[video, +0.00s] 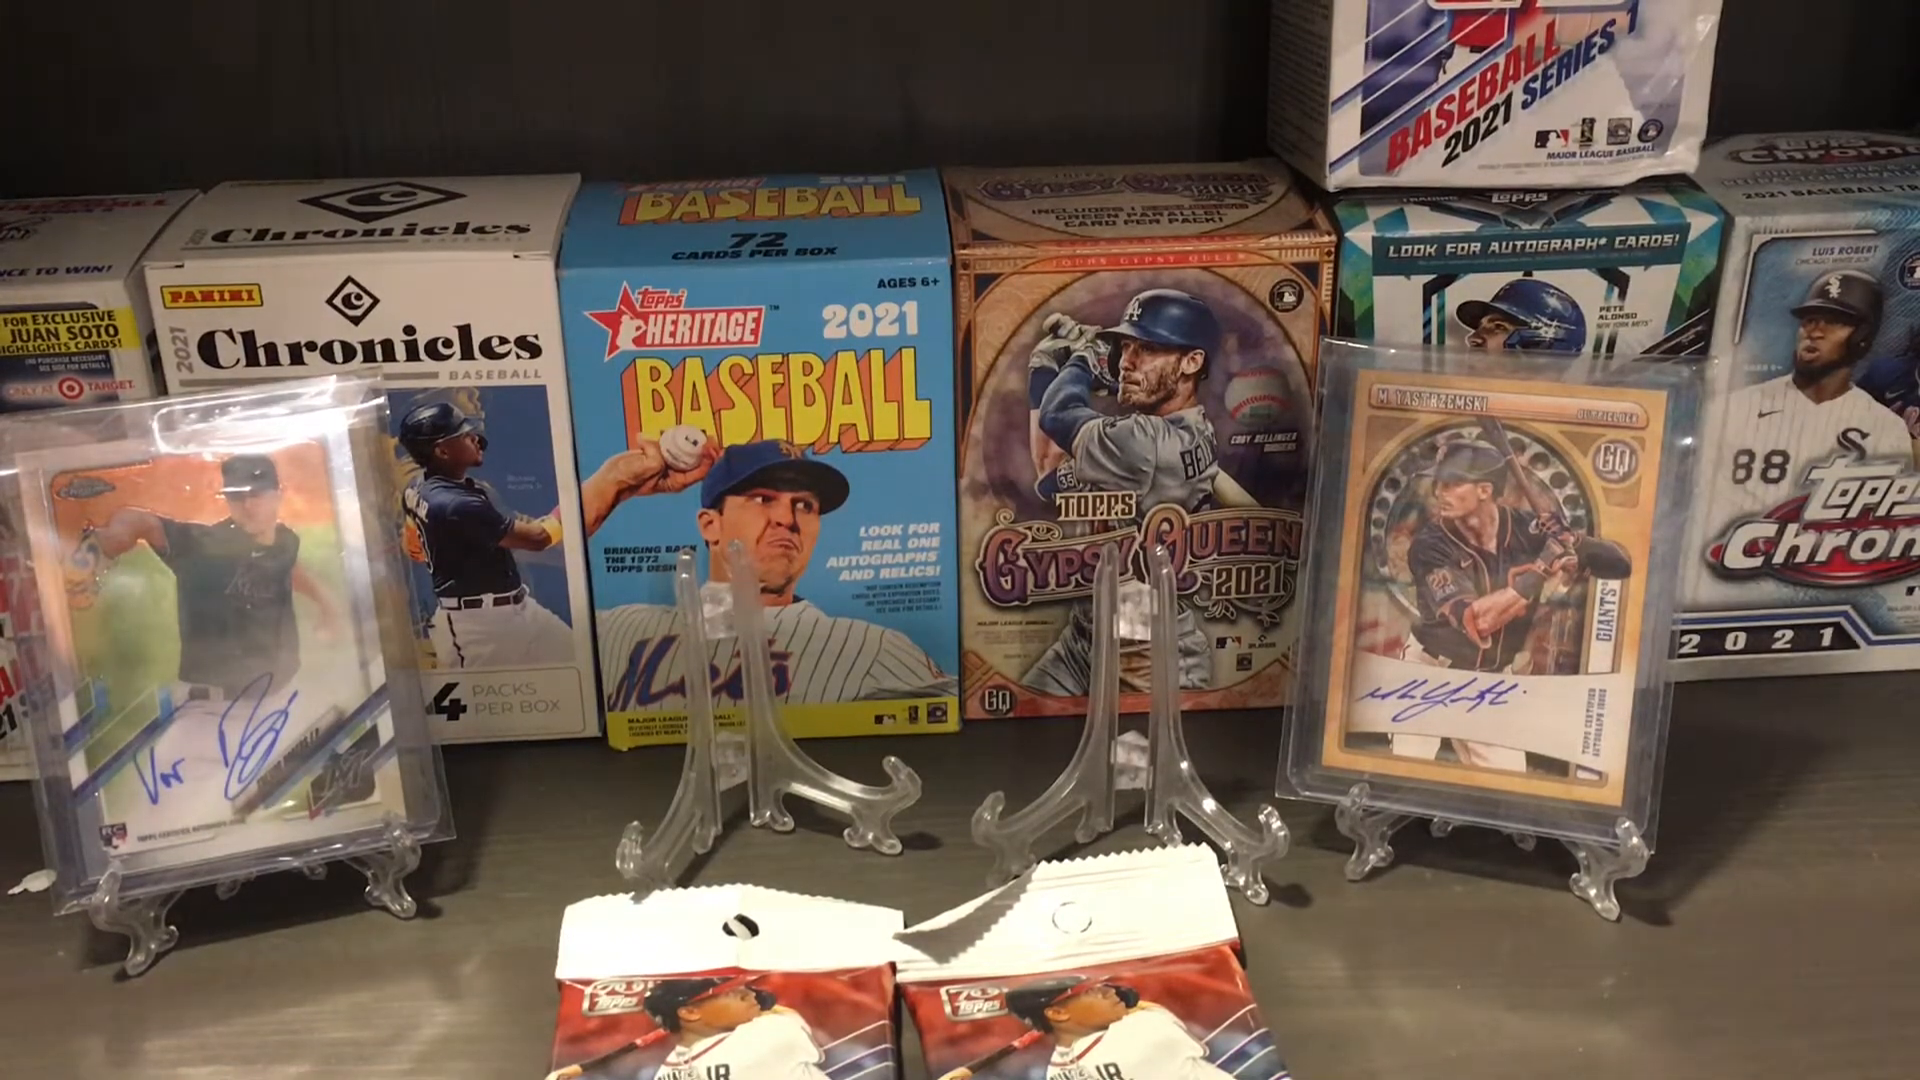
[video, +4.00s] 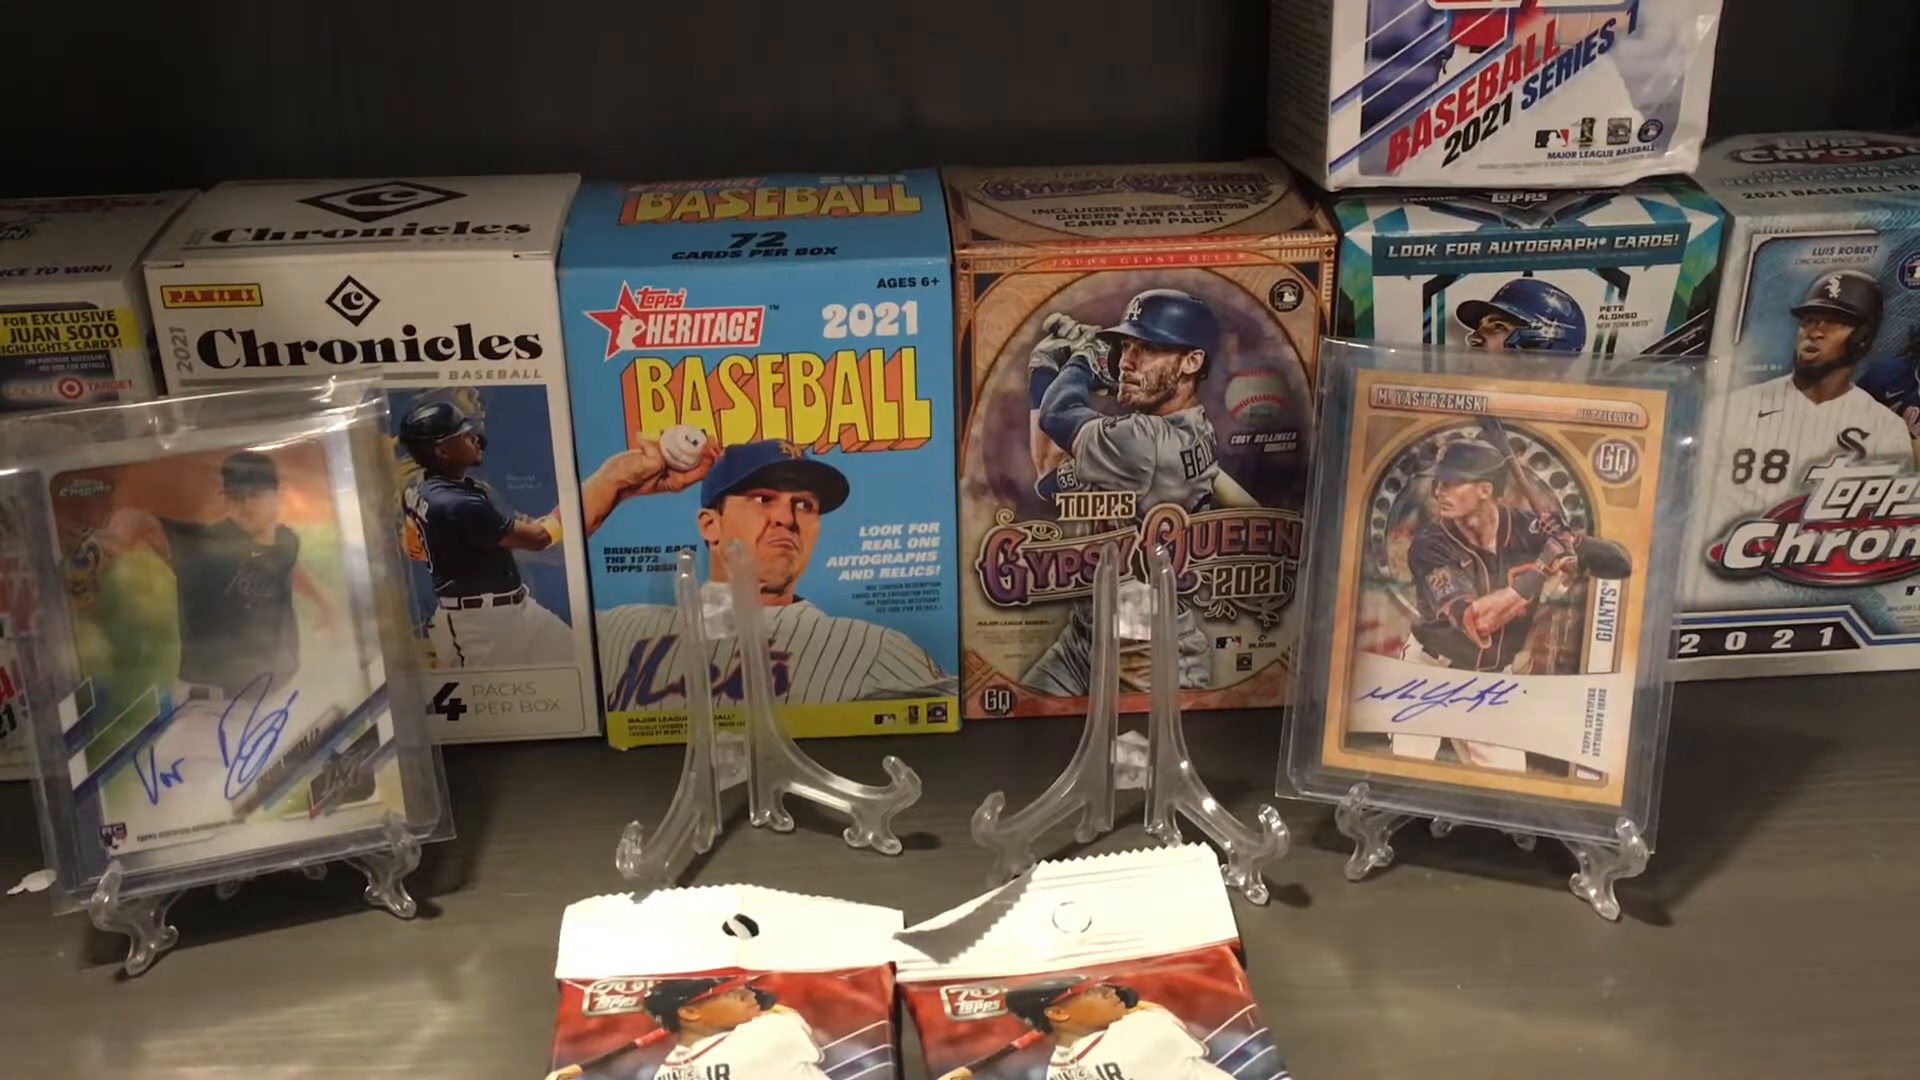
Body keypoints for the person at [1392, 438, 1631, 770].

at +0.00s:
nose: (1440, 492)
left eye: (1452, 484)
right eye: (1439, 484)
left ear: (1484, 491)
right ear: (1435, 487)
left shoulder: (1528, 529)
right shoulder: (1430, 541)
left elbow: (1622, 564)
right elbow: (1471, 621)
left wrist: (1575, 549)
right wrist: (1538, 572)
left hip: (1494, 677)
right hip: (1428, 670)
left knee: (1509, 789)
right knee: (1412, 773)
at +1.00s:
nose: (1439, 493)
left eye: (1451, 485)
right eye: (1439, 484)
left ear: (1484, 491)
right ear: (1435, 486)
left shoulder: (1527, 528)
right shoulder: (1430, 541)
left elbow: (1622, 563)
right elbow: (1474, 623)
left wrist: (1577, 551)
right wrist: (1538, 571)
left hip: (1495, 676)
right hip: (1429, 669)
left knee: (1508, 792)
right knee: (1410, 774)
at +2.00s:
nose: (1439, 493)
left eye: (1451, 485)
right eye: (1439, 485)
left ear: (1484, 491)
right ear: (1435, 487)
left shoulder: (1526, 529)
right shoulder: (1430, 541)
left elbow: (1622, 564)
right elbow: (1473, 623)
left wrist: (1575, 546)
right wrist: (1539, 571)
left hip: (1494, 677)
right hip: (1429, 669)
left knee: (1509, 790)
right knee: (1411, 774)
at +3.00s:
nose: (1439, 491)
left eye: (1451, 484)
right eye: (1439, 483)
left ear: (1484, 490)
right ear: (1436, 485)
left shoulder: (1526, 528)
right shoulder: (1430, 540)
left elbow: (1621, 562)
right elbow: (1474, 622)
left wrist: (1574, 550)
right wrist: (1540, 567)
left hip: (1493, 677)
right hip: (1429, 670)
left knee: (1509, 788)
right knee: (1409, 775)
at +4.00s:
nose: (1439, 492)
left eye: (1451, 484)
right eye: (1439, 483)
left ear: (1484, 491)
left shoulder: (1528, 528)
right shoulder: (1431, 541)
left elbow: (1621, 563)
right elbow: (1473, 622)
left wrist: (1572, 551)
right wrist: (1539, 572)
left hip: (1495, 677)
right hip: (1429, 669)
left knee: (1508, 788)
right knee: (1411, 773)